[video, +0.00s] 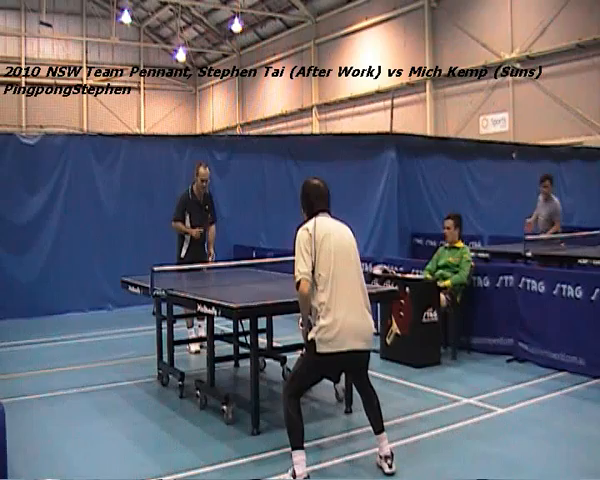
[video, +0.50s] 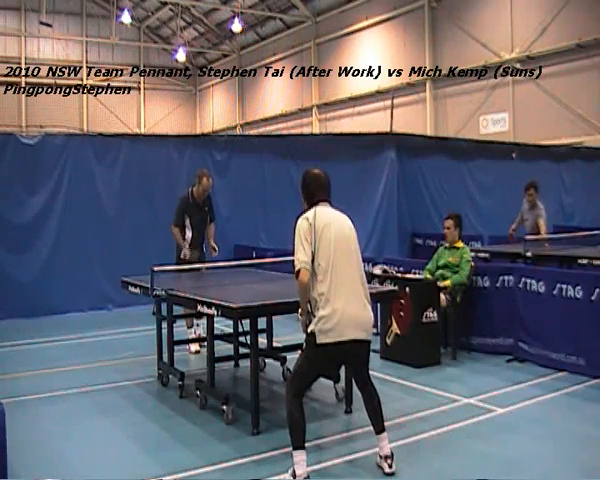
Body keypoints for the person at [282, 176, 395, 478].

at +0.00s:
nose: (301, 206)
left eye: (302, 201)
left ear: (304, 203)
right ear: (328, 202)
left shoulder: (307, 232)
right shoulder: (346, 230)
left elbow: (304, 287)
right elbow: (355, 278)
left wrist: (305, 318)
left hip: (331, 337)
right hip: (363, 333)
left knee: (291, 392)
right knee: (362, 381)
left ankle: (299, 467)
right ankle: (385, 450)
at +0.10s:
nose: (302, 206)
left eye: (302, 201)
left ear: (304, 203)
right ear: (328, 202)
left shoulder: (307, 232)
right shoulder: (346, 230)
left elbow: (303, 287)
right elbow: (355, 278)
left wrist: (305, 317)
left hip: (331, 336)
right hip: (363, 333)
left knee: (291, 393)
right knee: (362, 381)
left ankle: (299, 467)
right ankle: (385, 450)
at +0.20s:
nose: (302, 204)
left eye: (302, 199)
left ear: (304, 202)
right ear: (328, 200)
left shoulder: (306, 231)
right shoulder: (346, 229)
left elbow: (303, 286)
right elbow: (355, 278)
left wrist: (306, 316)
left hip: (330, 336)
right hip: (362, 333)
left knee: (291, 392)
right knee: (362, 381)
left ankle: (299, 467)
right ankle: (385, 451)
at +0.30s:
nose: (302, 203)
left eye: (302, 198)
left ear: (304, 201)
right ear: (328, 199)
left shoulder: (307, 229)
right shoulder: (346, 228)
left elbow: (303, 284)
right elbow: (354, 276)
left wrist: (303, 314)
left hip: (330, 335)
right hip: (362, 332)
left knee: (292, 392)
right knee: (362, 381)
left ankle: (299, 466)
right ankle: (385, 450)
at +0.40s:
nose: (302, 199)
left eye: (302, 195)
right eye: (307, 194)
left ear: (304, 197)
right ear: (328, 196)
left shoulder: (307, 224)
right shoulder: (346, 224)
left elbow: (303, 278)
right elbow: (355, 272)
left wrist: (304, 312)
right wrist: (327, 304)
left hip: (329, 331)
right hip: (362, 328)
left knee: (293, 391)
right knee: (363, 380)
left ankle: (299, 466)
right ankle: (385, 450)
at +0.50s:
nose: (301, 196)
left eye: (302, 192)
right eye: (305, 191)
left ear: (305, 194)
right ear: (329, 192)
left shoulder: (306, 221)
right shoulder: (346, 221)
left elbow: (303, 275)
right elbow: (355, 269)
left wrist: (303, 307)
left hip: (329, 327)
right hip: (362, 324)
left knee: (294, 391)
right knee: (363, 379)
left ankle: (299, 466)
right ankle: (386, 451)